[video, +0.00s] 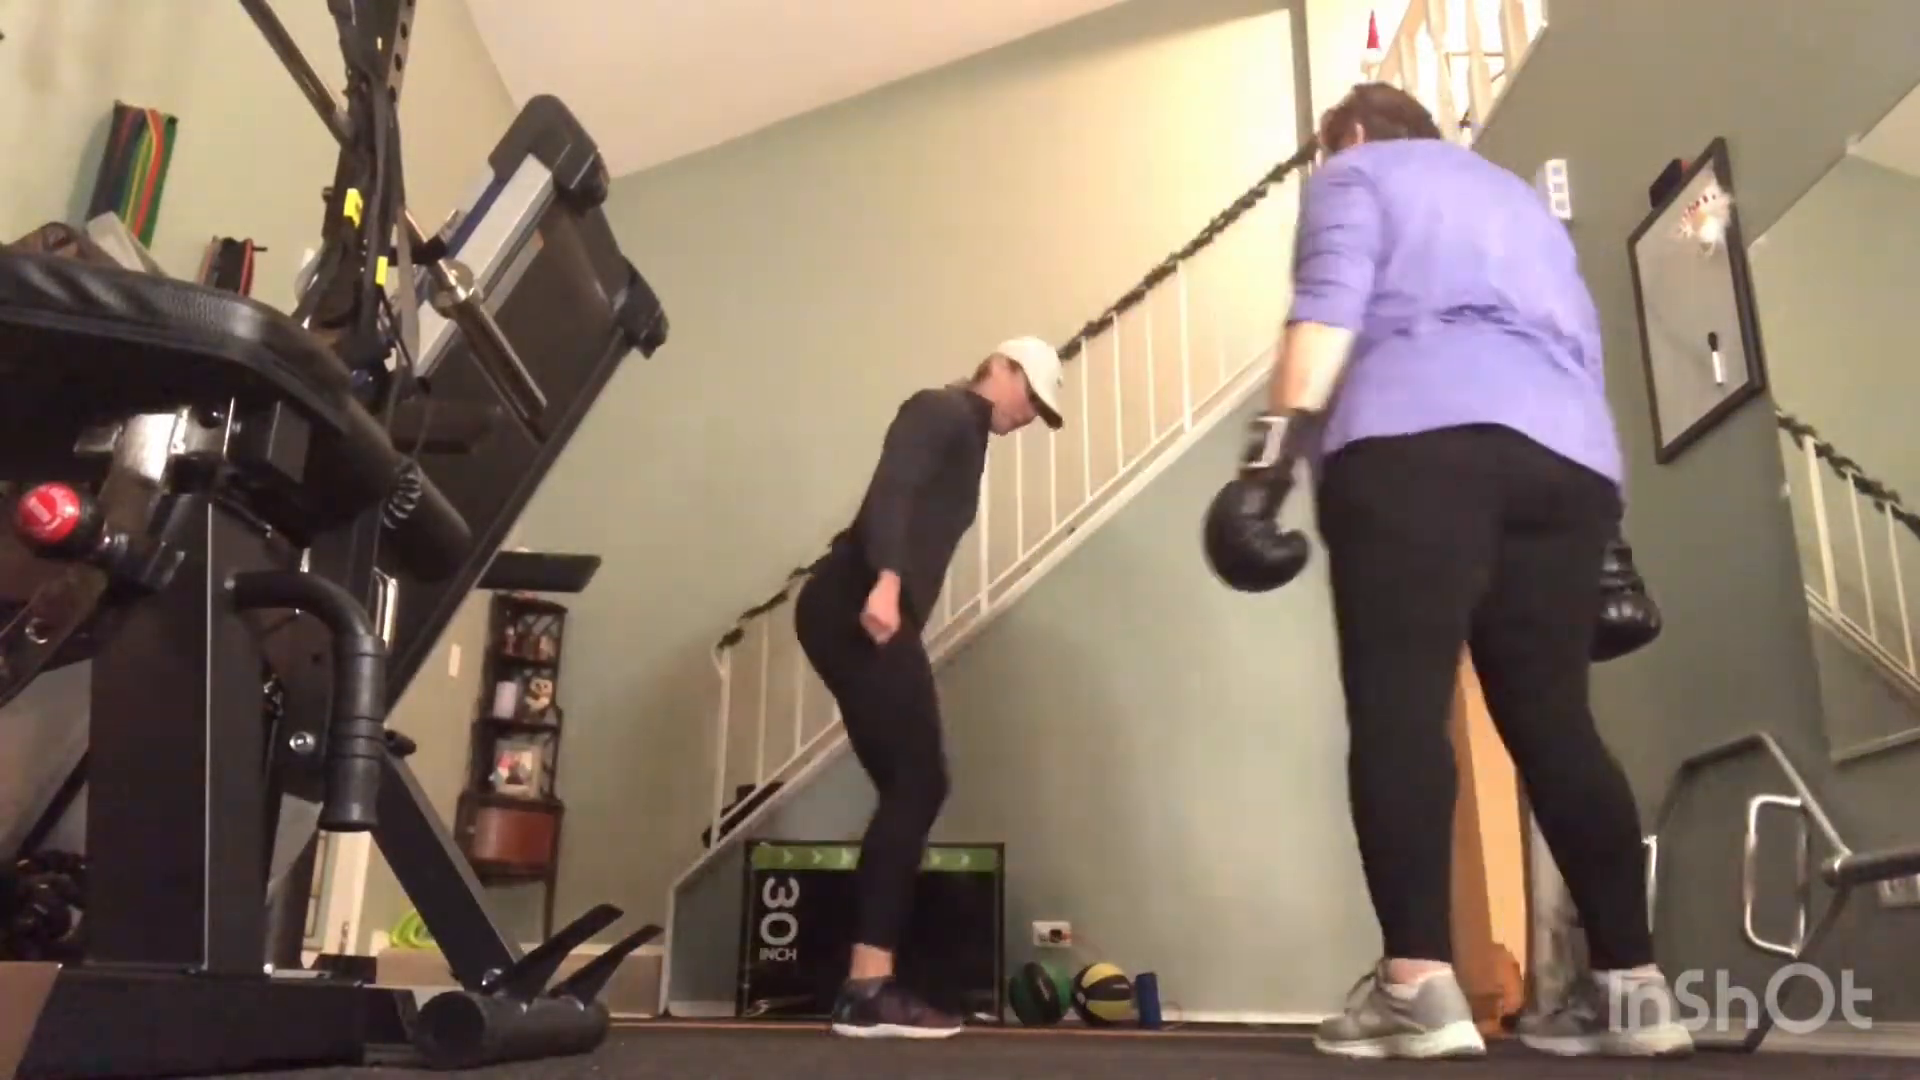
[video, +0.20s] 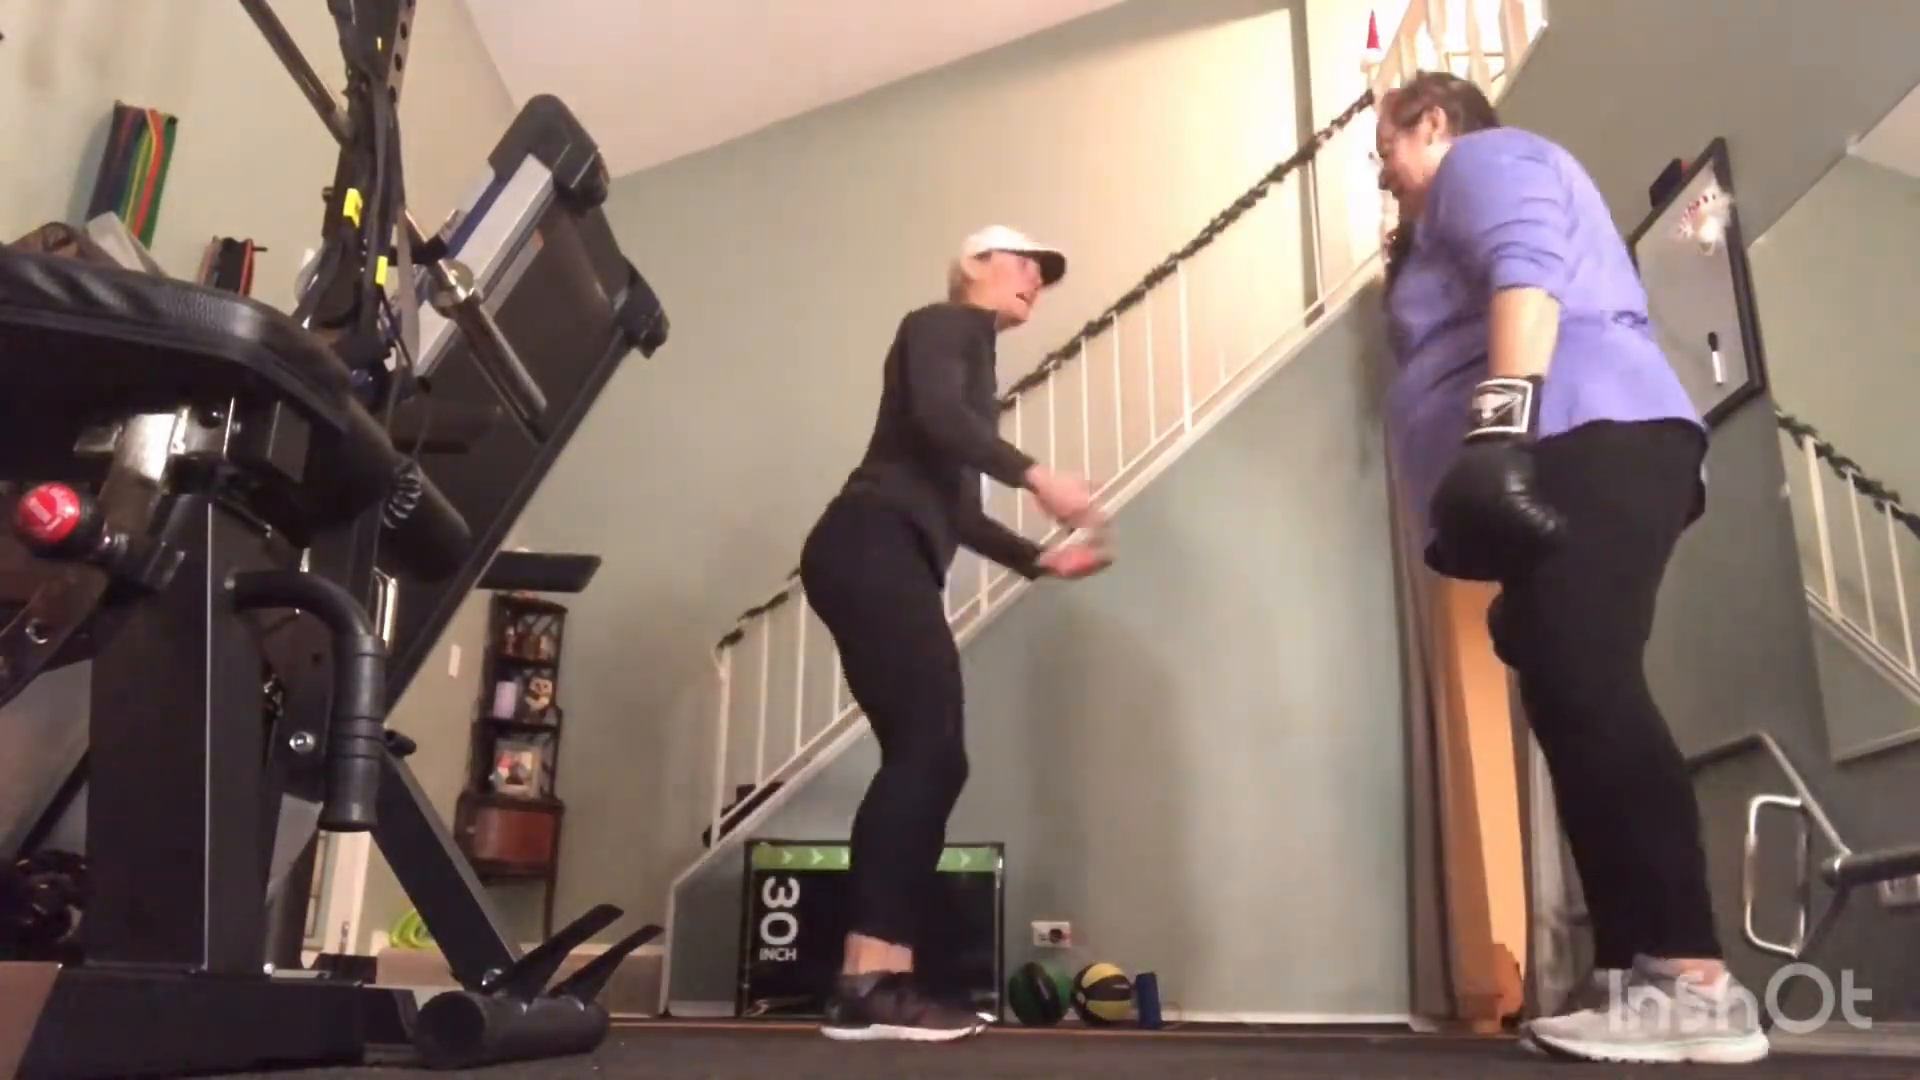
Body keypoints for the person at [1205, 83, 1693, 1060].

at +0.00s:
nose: (1326, 176)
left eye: (1327, 162)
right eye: (1325, 164)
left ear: (1350, 140)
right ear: (1426, 134)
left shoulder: (1349, 173)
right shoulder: (1531, 207)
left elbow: (1325, 315)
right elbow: (1582, 365)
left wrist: (1267, 464)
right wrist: (1603, 530)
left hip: (1411, 445)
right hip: (1563, 458)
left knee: (1398, 715)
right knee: (1554, 722)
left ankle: (1417, 982)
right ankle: (1632, 981)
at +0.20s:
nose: (1384, 167)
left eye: (1390, 145)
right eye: (1381, 152)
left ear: (1436, 126)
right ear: (1435, 130)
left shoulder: (1489, 157)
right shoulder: (1455, 220)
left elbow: (1527, 275)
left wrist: (1497, 431)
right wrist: (1406, 252)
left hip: (1610, 427)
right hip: (1573, 447)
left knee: (1585, 678)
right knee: (1566, 694)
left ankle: (1693, 982)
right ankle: (1640, 980)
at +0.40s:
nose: (1419, 133)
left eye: (1423, 109)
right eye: (1415, 116)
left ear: (1469, 80)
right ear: (1472, 86)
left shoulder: (1539, 113)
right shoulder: (1486, 196)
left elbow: (1571, 243)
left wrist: (1540, 406)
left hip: (1641, 406)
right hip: (1594, 431)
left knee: (1617, 671)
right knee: (1583, 692)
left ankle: (1696, 985)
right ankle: (1634, 977)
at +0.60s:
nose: (1465, 126)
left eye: (1469, 101)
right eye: (1461, 108)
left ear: (1509, 73)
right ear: (1534, 73)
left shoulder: (1569, 106)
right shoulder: (1536, 169)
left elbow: (1588, 240)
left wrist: (1548, 407)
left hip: (1659, 410)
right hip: (1623, 427)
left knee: (1627, 680)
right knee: (1599, 690)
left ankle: (1701, 985)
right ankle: (1640, 977)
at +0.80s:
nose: (1461, 150)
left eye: (1466, 129)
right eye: (1457, 135)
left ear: (1507, 106)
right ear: (1527, 106)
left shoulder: (1563, 141)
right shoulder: (1522, 201)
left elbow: (1588, 266)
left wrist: (1560, 425)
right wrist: (1440, 260)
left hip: (1645, 427)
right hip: (1619, 444)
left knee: (1636, 697)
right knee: (1628, 706)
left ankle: (1703, 985)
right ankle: (1682, 978)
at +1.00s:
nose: (1433, 155)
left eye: (1441, 134)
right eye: (1432, 139)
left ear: (1488, 112)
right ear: (1498, 114)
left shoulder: (1542, 151)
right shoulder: (1496, 218)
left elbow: (1569, 274)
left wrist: (1539, 432)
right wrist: (1426, 257)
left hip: (1629, 432)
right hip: (1597, 451)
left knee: (1614, 677)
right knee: (1604, 693)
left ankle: (1698, 985)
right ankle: (1679, 979)